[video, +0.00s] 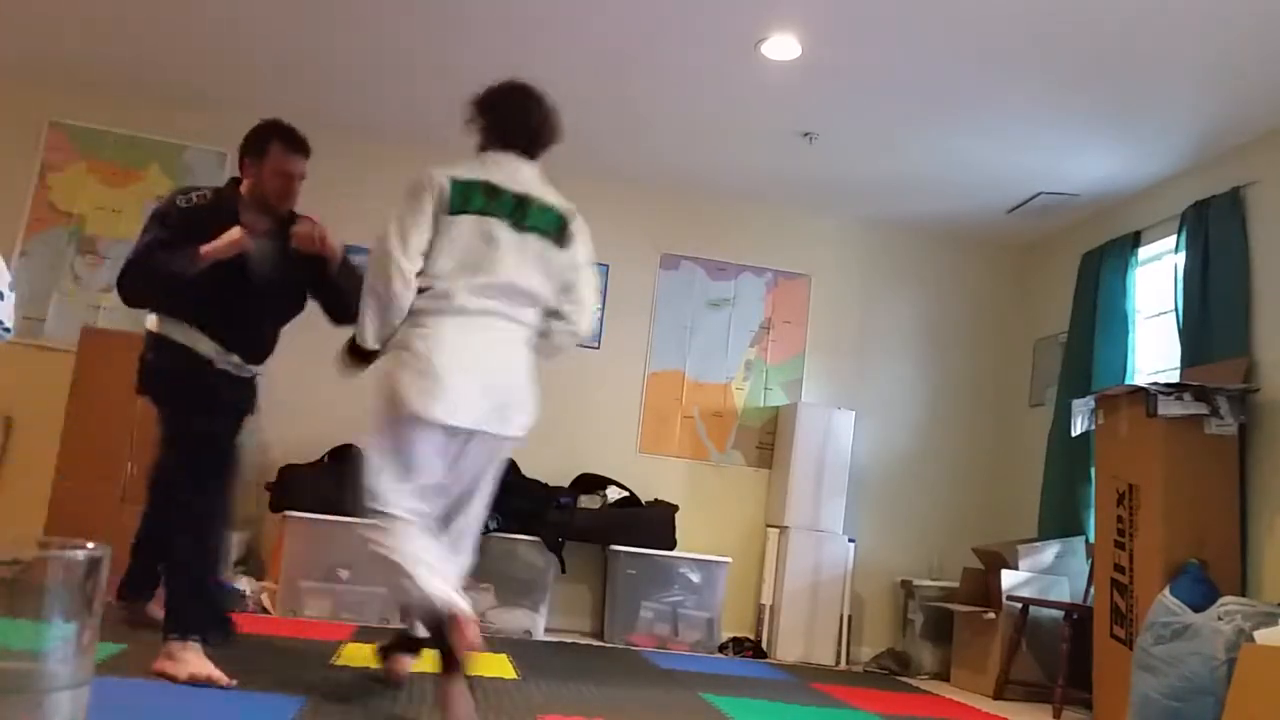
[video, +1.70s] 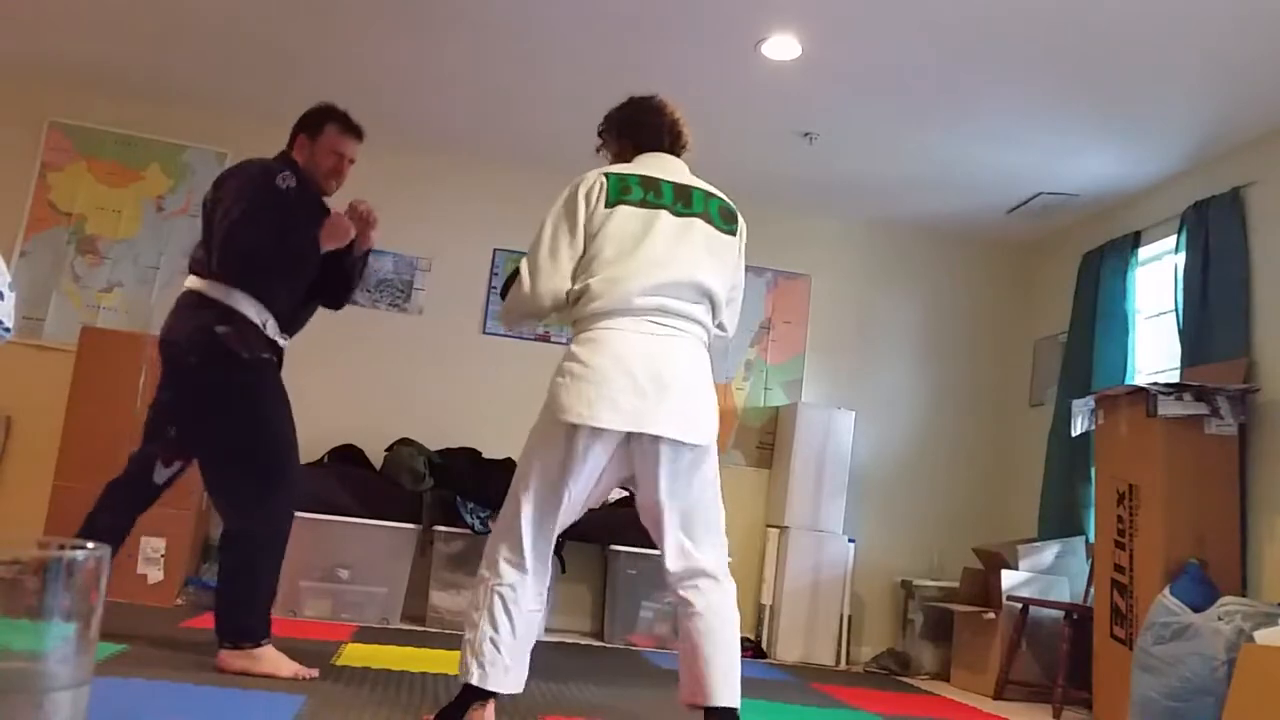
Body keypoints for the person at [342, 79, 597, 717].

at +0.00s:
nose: (478, 132)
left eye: (482, 123)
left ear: (483, 128)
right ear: (546, 140)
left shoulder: (440, 185)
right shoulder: (567, 219)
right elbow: (575, 322)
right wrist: (521, 340)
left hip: (435, 364)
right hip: (510, 381)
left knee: (393, 506)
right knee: (458, 523)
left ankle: (451, 609)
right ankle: (402, 651)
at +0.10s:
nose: (507, 146)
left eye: (510, 137)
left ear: (514, 142)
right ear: (576, 150)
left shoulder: (477, 201)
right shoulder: (606, 226)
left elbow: (407, 295)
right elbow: (619, 330)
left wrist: (379, 302)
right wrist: (562, 310)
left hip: (488, 396)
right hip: (569, 407)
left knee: (485, 546)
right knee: (539, 526)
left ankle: (507, 694)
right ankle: (521, 654)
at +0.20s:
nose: (547, 152)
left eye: (550, 143)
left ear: (553, 145)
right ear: (618, 149)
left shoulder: (526, 198)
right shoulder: (656, 224)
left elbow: (460, 296)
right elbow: (665, 331)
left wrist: (421, 290)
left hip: (549, 406)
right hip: (637, 410)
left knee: (483, 552)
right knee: (630, 547)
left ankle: (511, 693)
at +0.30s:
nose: (594, 159)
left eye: (596, 150)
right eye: (598, 151)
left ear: (607, 151)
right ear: (672, 154)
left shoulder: (582, 199)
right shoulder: (717, 231)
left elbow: (528, 307)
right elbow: (721, 343)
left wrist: (494, 305)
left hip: (609, 411)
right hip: (700, 421)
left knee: (514, 536)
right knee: (760, 588)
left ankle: (519, 692)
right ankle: (812, 713)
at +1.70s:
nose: (602, 156)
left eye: (605, 147)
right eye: (604, 149)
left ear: (617, 143)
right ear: (677, 144)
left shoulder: (597, 184)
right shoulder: (727, 212)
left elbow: (541, 291)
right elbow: (727, 319)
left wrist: (517, 299)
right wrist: (667, 300)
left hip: (600, 379)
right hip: (684, 391)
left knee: (523, 538)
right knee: (702, 563)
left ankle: (481, 694)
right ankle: (721, 708)